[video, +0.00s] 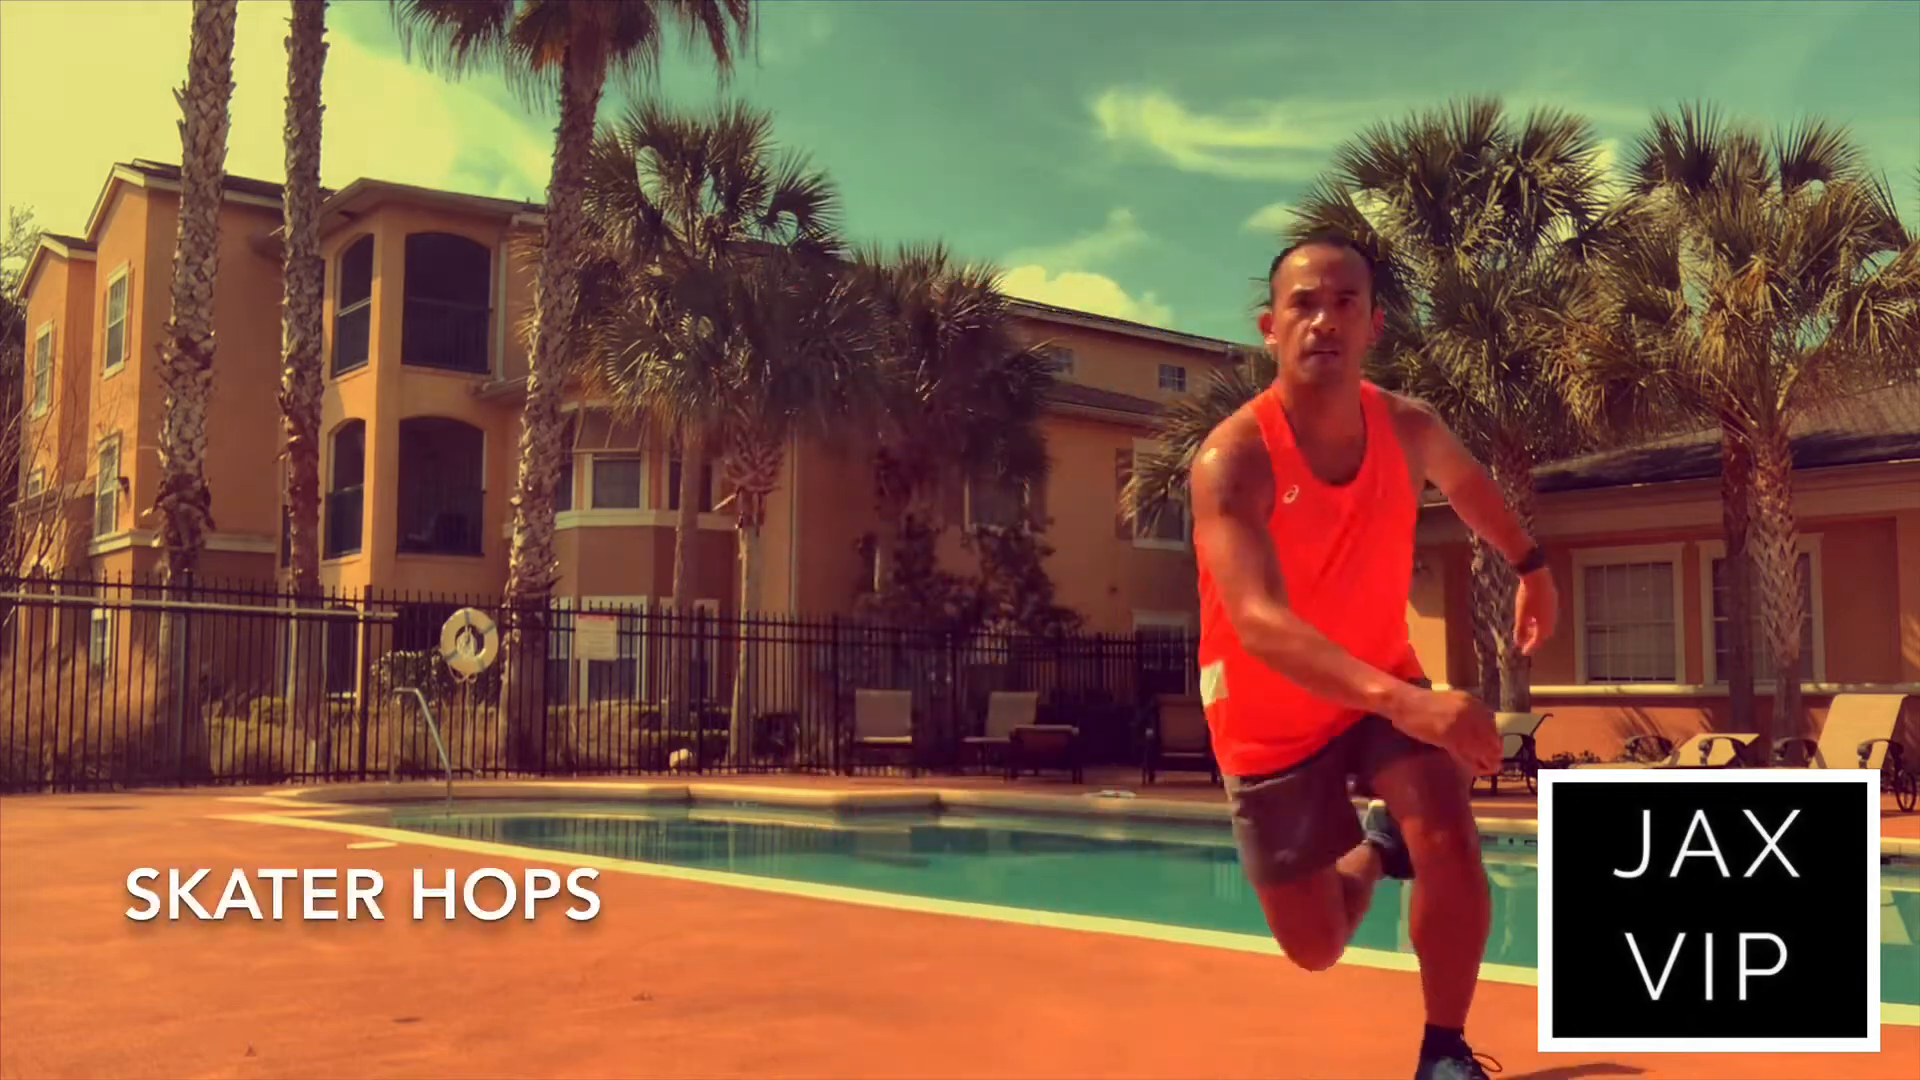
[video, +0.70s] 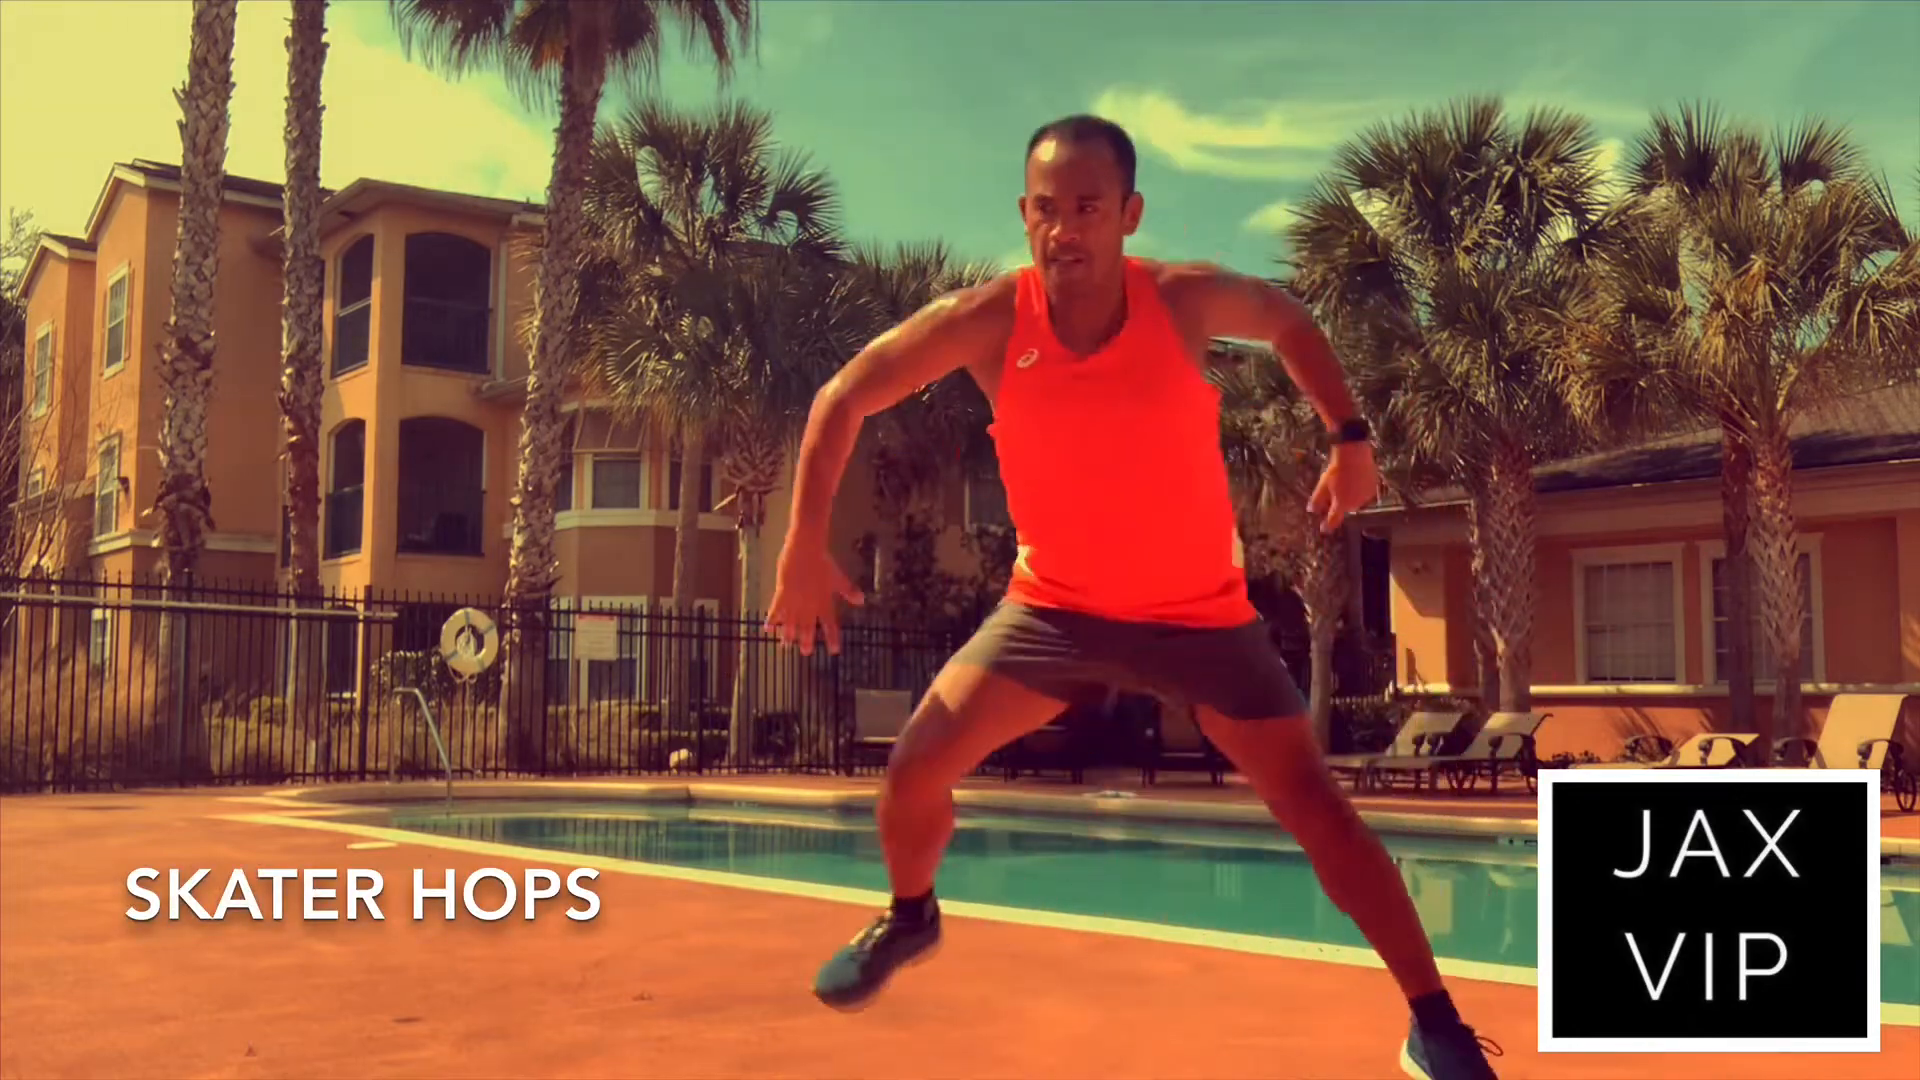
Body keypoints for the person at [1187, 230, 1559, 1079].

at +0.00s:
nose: (1323, 319)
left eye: (1344, 301)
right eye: (1302, 303)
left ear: (1374, 324)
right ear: (1270, 330)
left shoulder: (1409, 429)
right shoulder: (1233, 459)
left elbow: (1468, 489)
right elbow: (1257, 621)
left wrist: (1529, 563)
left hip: (1382, 688)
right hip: (1265, 716)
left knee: (1445, 835)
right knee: (1312, 946)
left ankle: (1445, 1048)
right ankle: (1377, 847)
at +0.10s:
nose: (1362, 365)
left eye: (1382, 349)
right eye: (1340, 348)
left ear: (1407, 376)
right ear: (1301, 376)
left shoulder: (1412, 467)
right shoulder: (1269, 501)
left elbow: (1479, 515)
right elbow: (1364, 648)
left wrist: (1567, 573)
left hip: (1397, 706)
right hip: (1298, 764)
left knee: (1461, 850)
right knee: (1392, 965)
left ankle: (1445, 1048)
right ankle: (1470, 889)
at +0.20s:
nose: (1380, 409)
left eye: (1400, 390)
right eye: (1357, 389)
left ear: (1423, 415)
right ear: (1314, 415)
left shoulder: (1419, 502)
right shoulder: (1291, 535)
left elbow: (1458, 537)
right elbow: (1428, 661)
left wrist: (1543, 587)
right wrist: (1592, 597)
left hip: (1404, 714)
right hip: (1313, 781)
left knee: (1463, 834)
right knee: (1447, 962)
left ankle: (1444, 1050)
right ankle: (1568, 946)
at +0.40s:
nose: (1332, 379)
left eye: (1356, 359)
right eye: (1313, 358)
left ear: (1390, 382)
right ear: (1282, 380)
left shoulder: (1415, 496)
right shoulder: (1240, 503)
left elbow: (1462, 592)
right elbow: (1290, 671)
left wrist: (1528, 683)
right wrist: (1450, 645)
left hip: (1384, 708)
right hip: (1278, 761)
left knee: (1442, 838)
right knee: (1378, 970)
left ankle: (1442, 1053)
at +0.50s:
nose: (1263, 327)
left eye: (1289, 306)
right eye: (1246, 309)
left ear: (1333, 327)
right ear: (1228, 329)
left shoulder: (1381, 461)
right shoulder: (1178, 460)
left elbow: (1447, 606)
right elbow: (1165, 636)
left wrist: (1496, 734)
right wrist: (1265, 735)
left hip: (1356, 692)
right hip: (1225, 718)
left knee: (1431, 863)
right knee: (1265, 933)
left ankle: (1441, 1052)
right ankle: (1358, 891)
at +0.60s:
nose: (1177, 277)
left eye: (1200, 255)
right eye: (1159, 259)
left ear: (1245, 268)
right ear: (1141, 275)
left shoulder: (1312, 387)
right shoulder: (1100, 405)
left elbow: (1401, 489)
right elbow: (1000, 537)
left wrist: (1423, 604)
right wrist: (991, 676)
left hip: (1296, 658)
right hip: (1152, 668)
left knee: (1398, 839)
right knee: (1088, 855)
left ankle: (1440, 1044)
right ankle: (1156, 880)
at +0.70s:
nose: (1059, 228)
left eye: (1084, 207)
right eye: (1043, 207)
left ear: (1129, 211)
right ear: (1023, 211)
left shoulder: (1189, 299)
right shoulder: (983, 318)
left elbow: (1288, 324)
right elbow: (842, 400)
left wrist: (1350, 437)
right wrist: (804, 546)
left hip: (1204, 617)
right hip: (1051, 611)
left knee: (1316, 808)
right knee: (914, 768)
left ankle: (1435, 1015)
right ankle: (908, 916)